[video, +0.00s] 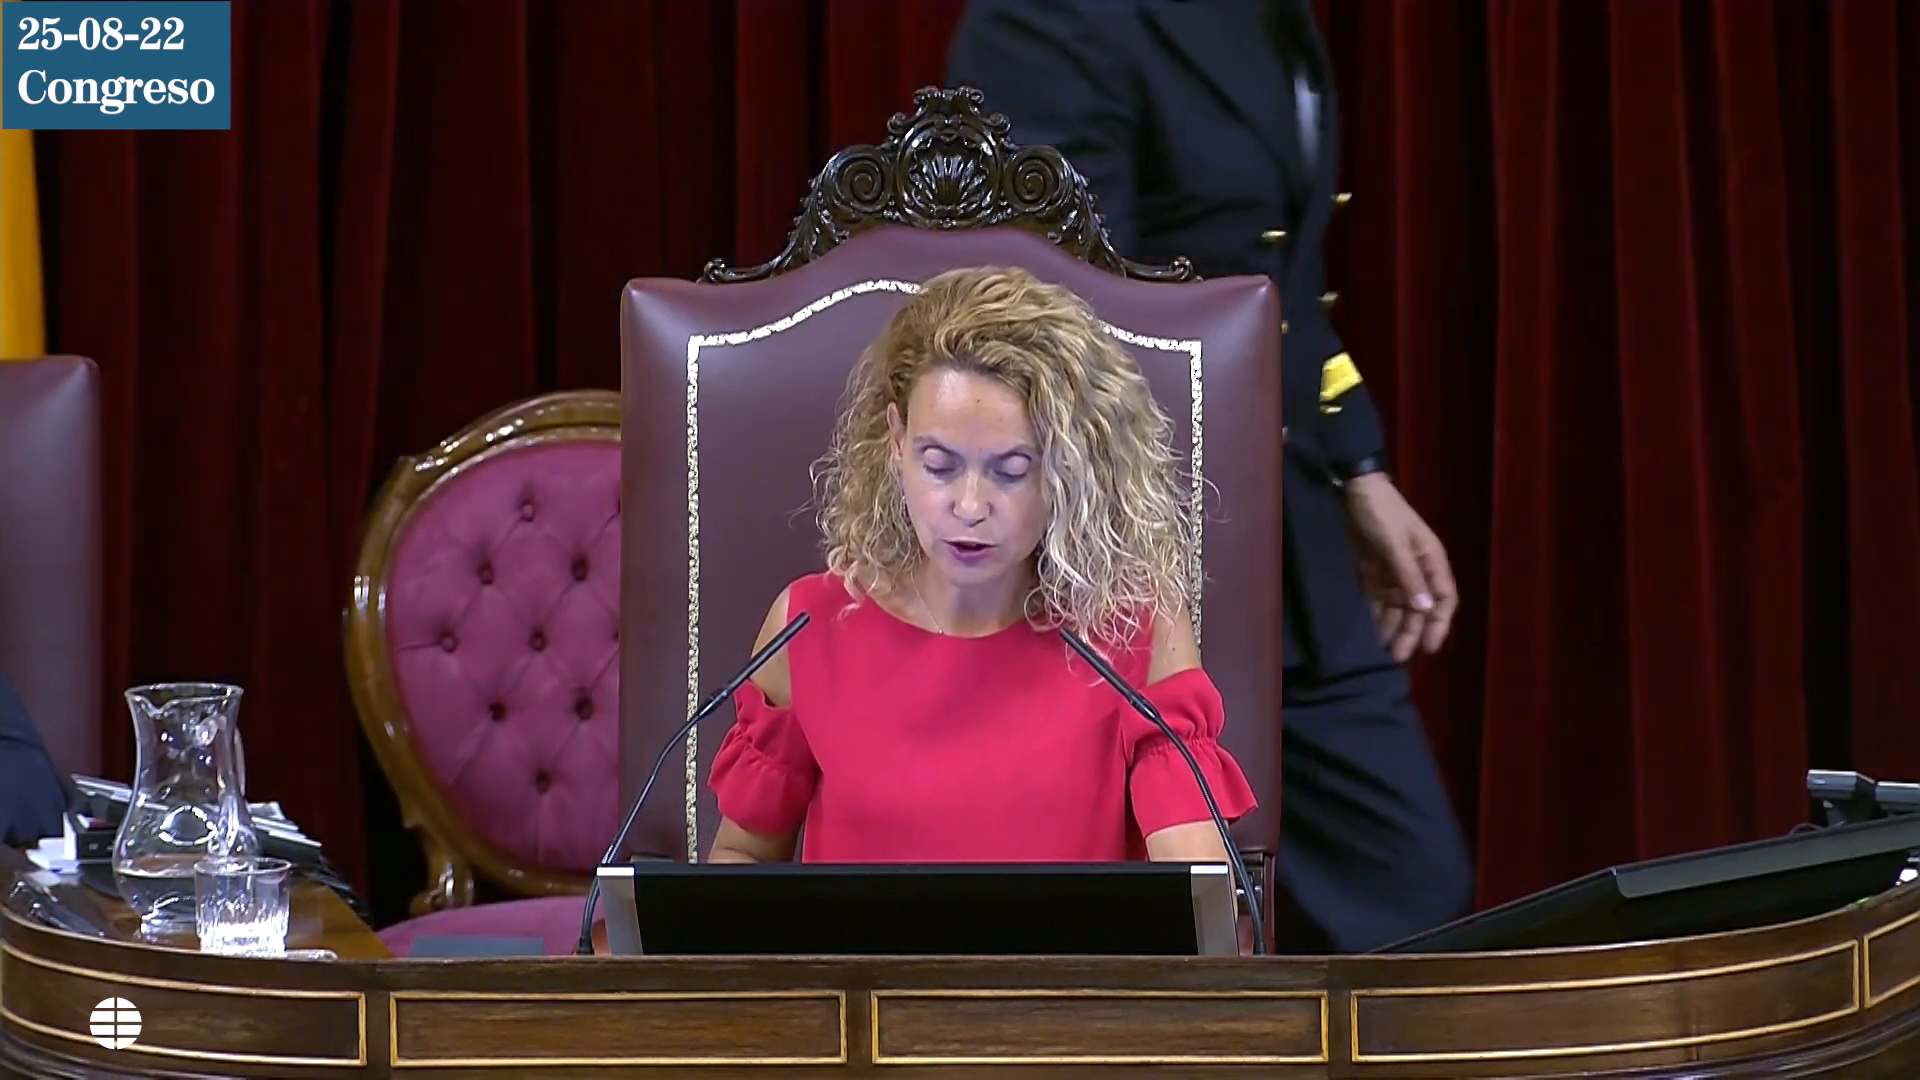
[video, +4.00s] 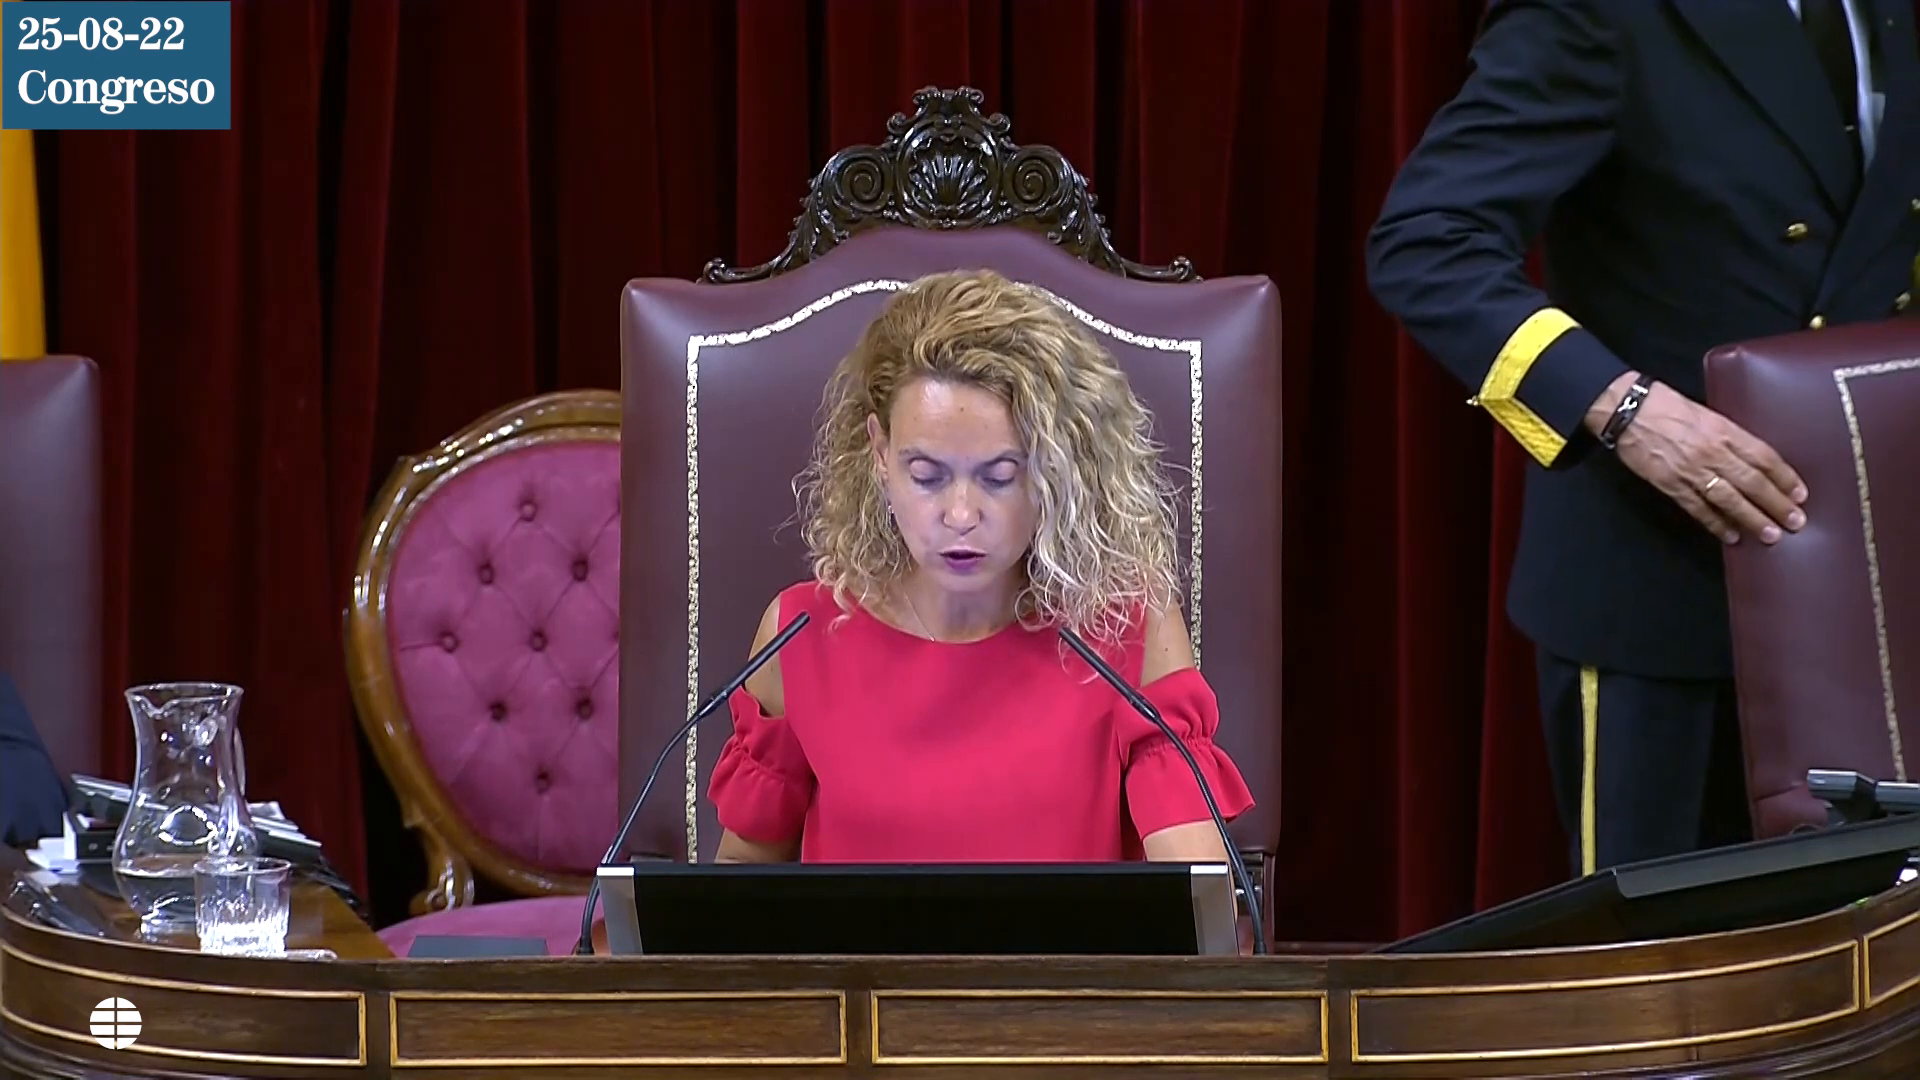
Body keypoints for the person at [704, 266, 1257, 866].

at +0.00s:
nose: (970, 505)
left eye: (1010, 469)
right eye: (940, 463)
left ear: (1070, 467)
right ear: (896, 444)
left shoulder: (1134, 626)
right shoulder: (812, 622)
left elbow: (1201, 889)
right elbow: (740, 861)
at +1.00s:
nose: (955, 510)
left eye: (995, 473)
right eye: (925, 469)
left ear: (1057, 473)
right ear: (883, 456)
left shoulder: (1129, 628)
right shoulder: (807, 628)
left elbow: (1203, 897)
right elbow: (743, 875)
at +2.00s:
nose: (943, 511)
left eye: (983, 474)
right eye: (914, 470)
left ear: (1049, 480)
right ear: (873, 465)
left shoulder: (1124, 621)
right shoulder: (803, 630)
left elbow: (1200, 895)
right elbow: (743, 882)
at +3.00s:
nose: (946, 512)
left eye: (985, 474)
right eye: (915, 471)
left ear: (1052, 477)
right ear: (874, 464)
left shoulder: (1124, 621)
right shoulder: (803, 629)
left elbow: (1200, 891)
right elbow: (740, 876)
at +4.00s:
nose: (962, 514)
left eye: (1000, 474)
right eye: (928, 473)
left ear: (1058, 468)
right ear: (878, 456)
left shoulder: (1127, 620)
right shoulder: (803, 630)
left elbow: (1200, 896)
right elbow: (744, 883)